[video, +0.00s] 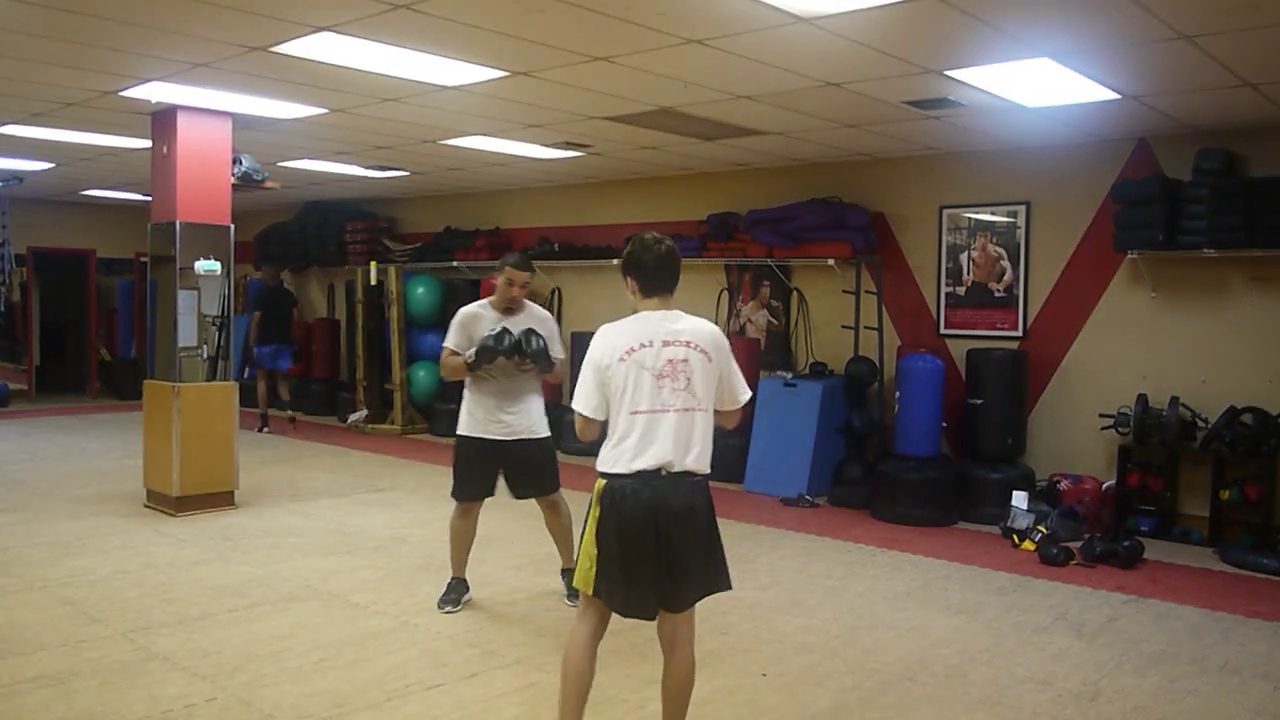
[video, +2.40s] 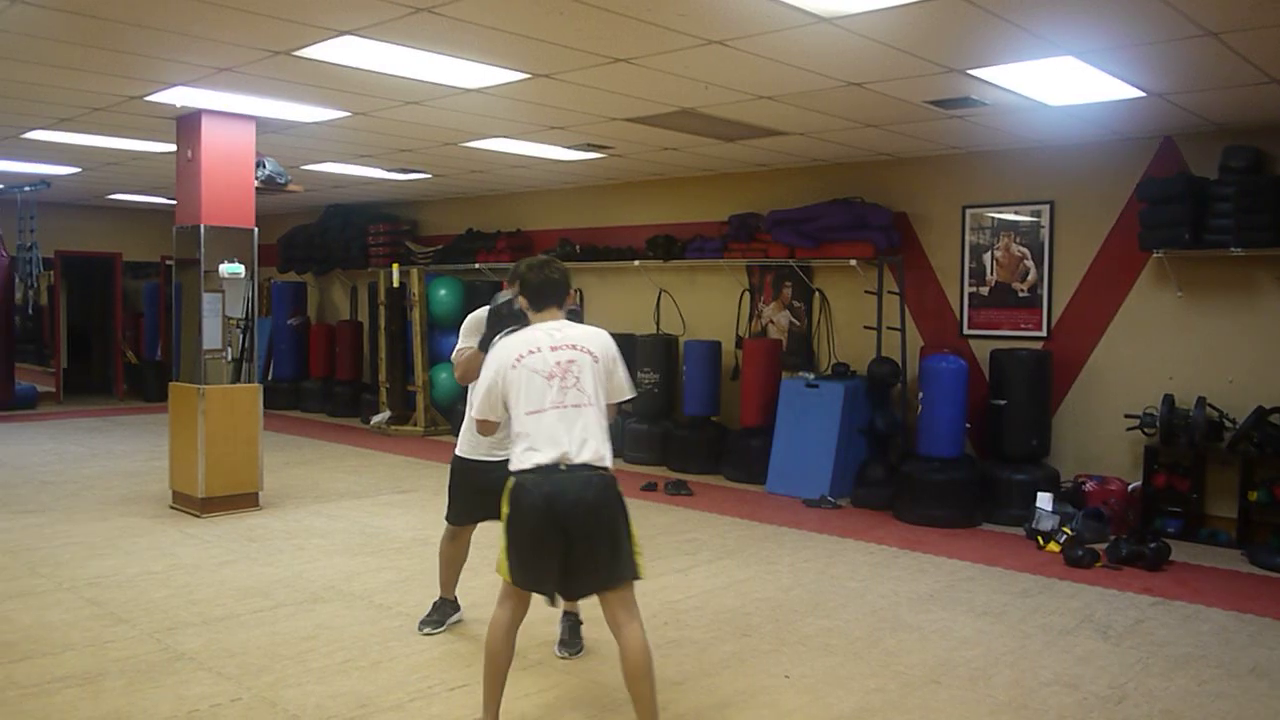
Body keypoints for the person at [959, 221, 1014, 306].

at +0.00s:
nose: (983, 241)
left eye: (985, 237)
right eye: (979, 237)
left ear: (990, 237)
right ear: (975, 237)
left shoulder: (998, 252)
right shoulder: (971, 253)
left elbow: (1009, 272)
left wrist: (1000, 286)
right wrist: (966, 279)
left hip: (992, 288)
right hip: (975, 287)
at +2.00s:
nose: (983, 241)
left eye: (986, 237)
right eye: (980, 237)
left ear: (990, 238)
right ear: (976, 238)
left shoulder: (999, 253)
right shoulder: (972, 252)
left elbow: (1010, 272)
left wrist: (1001, 286)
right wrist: (967, 278)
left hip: (991, 288)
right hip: (976, 286)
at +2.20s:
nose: (987, 242)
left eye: (990, 238)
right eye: (983, 238)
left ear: (995, 238)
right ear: (979, 238)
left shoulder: (1003, 254)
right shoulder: (975, 254)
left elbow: (1014, 273)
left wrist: (1005, 287)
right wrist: (971, 280)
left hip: (995, 289)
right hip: (979, 288)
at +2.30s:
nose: (995, 240)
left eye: (999, 236)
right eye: (992, 236)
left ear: (1004, 237)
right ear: (988, 237)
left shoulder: (1012, 252)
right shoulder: (985, 251)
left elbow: (1023, 272)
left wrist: (1015, 286)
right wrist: (979, 278)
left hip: (1004, 288)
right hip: (988, 287)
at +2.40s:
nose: (1006, 240)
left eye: (1009, 236)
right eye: (1003, 236)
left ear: (1014, 237)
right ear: (999, 237)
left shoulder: (1022, 252)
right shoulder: (994, 253)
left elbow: (1033, 272)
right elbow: (991, 269)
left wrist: (1025, 286)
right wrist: (990, 279)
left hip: (1014, 287)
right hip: (998, 286)